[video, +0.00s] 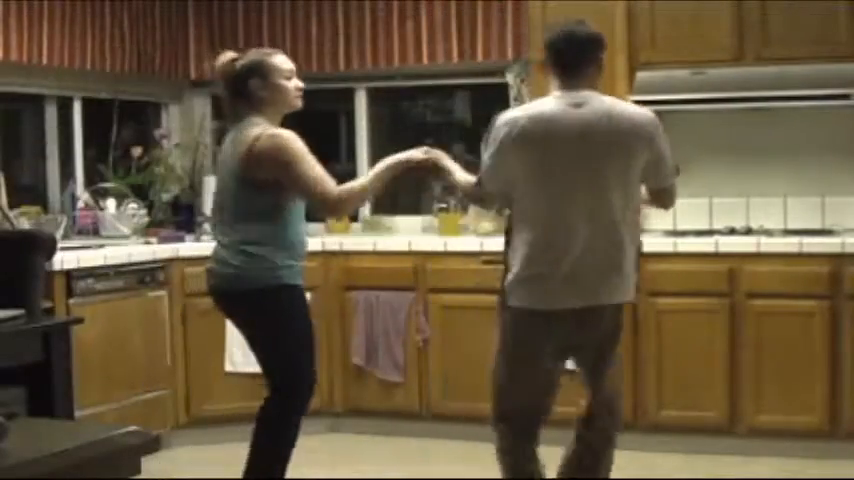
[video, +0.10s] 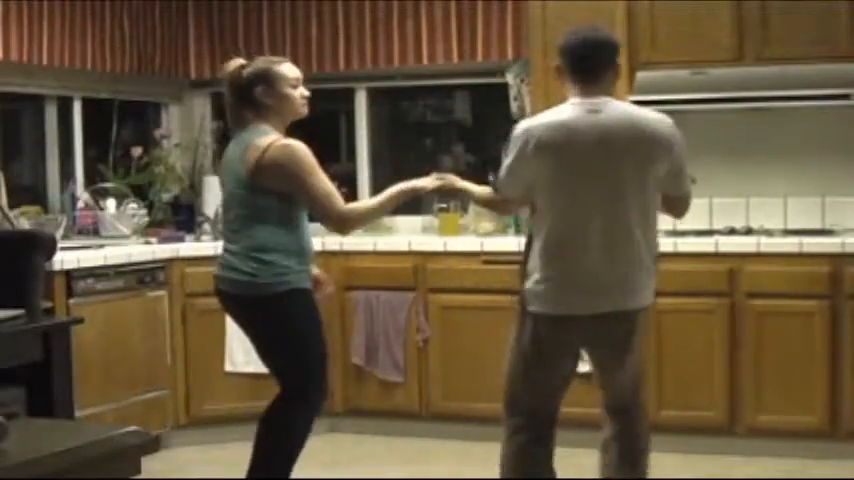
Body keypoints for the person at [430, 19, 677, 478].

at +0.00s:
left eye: (553, 64)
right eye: (598, 63)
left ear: (548, 65)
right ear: (600, 64)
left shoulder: (514, 125)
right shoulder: (639, 123)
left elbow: (486, 194)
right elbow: (664, 195)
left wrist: (444, 165)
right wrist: (620, 181)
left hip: (533, 300)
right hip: (606, 298)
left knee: (517, 427)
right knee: (604, 406)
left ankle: (525, 477)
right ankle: (580, 476)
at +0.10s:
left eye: (563, 71)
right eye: (614, 67)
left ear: (562, 73)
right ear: (617, 70)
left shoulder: (535, 133)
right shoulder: (657, 129)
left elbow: (505, 201)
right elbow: (678, 206)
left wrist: (460, 186)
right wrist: (632, 173)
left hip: (553, 302)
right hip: (625, 301)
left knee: (529, 422)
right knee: (626, 416)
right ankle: (626, 478)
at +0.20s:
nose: (567, 82)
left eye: (569, 73)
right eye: (568, 73)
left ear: (580, 77)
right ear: (629, 76)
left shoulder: (559, 138)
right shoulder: (678, 131)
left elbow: (531, 207)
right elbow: (695, 207)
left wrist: (470, 191)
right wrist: (638, 187)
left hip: (582, 313)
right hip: (655, 310)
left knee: (511, 397)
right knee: (644, 433)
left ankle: (526, 475)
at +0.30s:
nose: (573, 83)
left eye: (576, 73)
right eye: (574, 74)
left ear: (591, 72)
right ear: (632, 74)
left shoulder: (576, 134)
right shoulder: (685, 128)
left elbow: (545, 211)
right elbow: (697, 202)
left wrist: (484, 188)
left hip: (605, 302)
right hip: (673, 300)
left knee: (511, 364)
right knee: (649, 423)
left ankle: (593, 463)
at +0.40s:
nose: (574, 84)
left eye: (577, 73)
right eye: (575, 74)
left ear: (595, 71)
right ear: (633, 74)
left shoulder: (584, 131)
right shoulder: (686, 128)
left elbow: (555, 213)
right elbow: (689, 205)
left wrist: (502, 193)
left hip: (616, 304)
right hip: (680, 302)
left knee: (526, 373)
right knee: (653, 427)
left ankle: (626, 451)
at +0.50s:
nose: (574, 84)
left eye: (576, 73)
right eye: (575, 74)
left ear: (590, 74)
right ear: (630, 76)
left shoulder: (586, 131)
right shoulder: (677, 129)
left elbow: (568, 219)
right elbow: (669, 211)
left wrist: (521, 200)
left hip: (621, 305)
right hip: (680, 302)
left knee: (554, 408)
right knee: (651, 433)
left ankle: (615, 473)